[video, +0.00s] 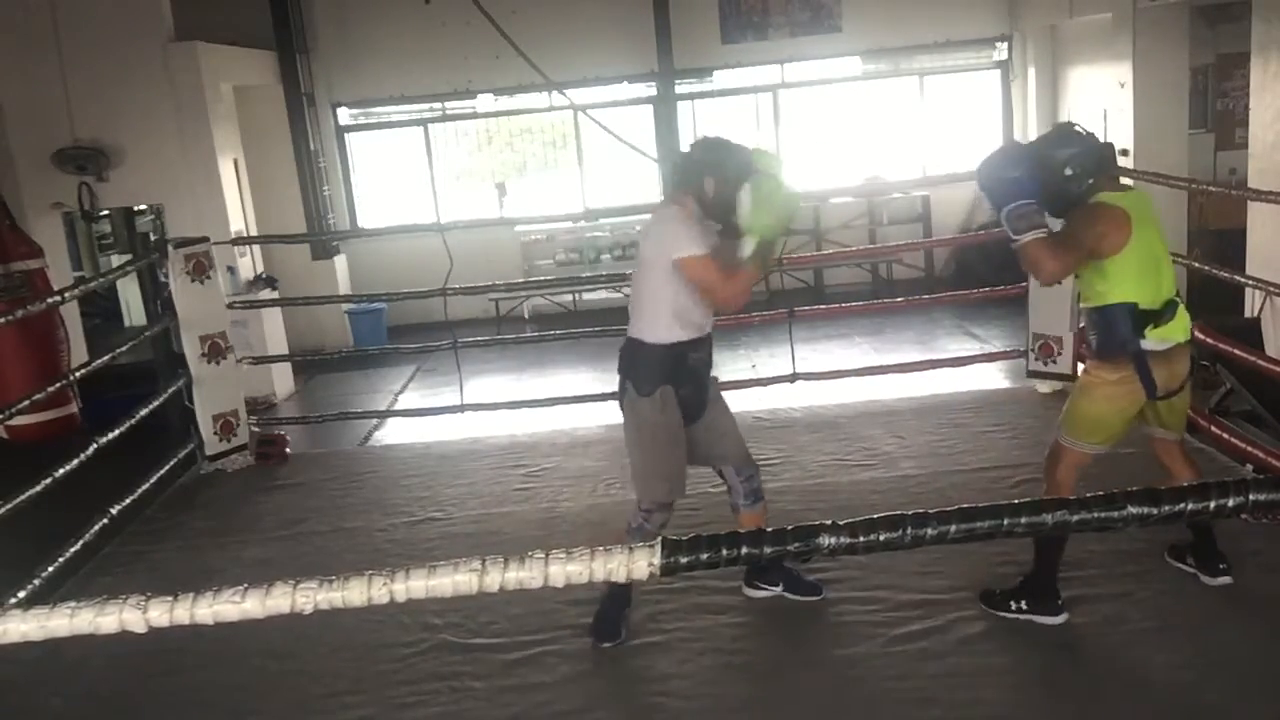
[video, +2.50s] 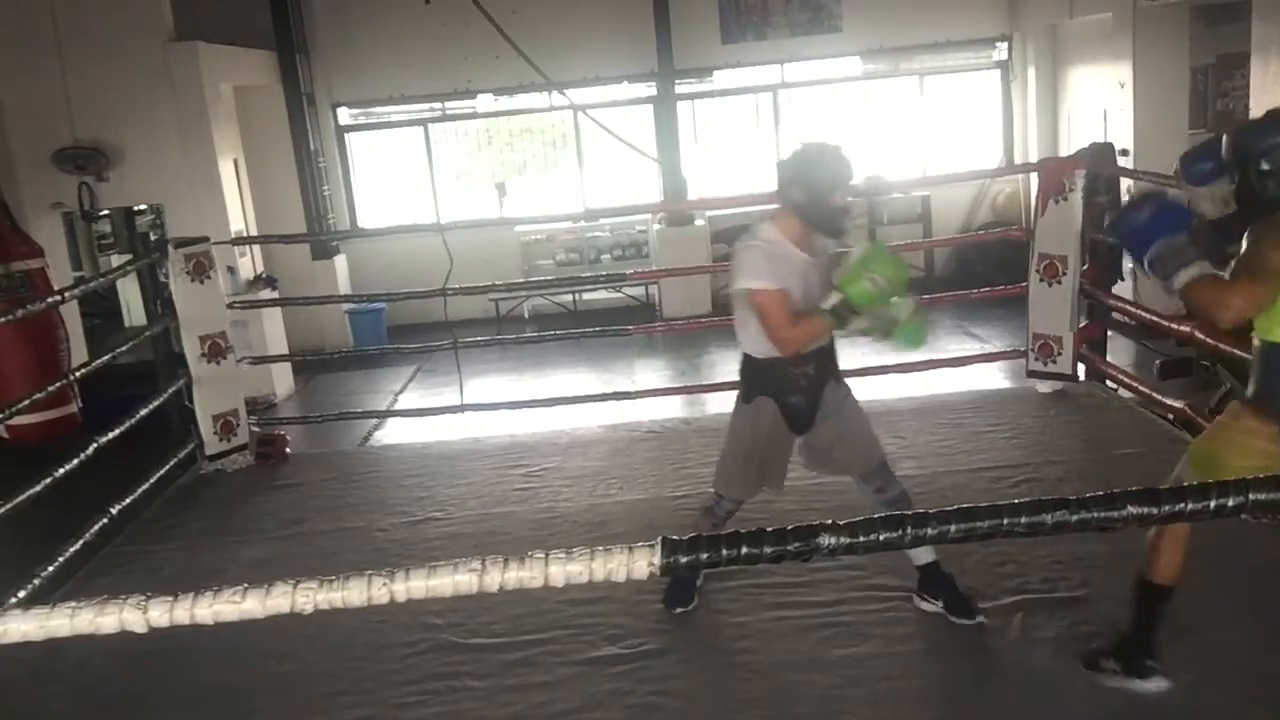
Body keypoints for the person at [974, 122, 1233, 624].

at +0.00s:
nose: (1050, 187)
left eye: (1050, 178)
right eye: (1046, 177)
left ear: (1066, 177)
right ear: (1100, 164)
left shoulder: (1098, 216)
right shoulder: (1135, 200)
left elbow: (1047, 267)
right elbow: (1068, 258)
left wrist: (1015, 205)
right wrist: (1037, 207)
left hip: (1121, 366)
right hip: (1173, 354)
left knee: (1062, 468)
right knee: (1170, 446)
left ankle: (1042, 588)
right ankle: (1208, 553)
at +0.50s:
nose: (1067, 205)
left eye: (1069, 196)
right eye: (1065, 196)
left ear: (1088, 193)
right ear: (1119, 180)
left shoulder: (1121, 237)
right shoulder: (1166, 210)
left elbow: (1081, 303)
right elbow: (1083, 244)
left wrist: (1032, 247)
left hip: (1145, 385)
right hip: (1205, 373)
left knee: (1066, 471)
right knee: (1214, 458)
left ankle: (1040, 588)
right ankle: (1268, 560)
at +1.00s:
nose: (1134, 184)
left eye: (1137, 174)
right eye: (1132, 174)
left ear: (1161, 172)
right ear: (1189, 163)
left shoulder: (1195, 215)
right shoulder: (1225, 199)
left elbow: (1137, 266)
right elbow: (1148, 258)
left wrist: (1104, 211)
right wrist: (1104, 226)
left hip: (1208, 369)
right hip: (1264, 358)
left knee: (1131, 468)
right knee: (1268, 468)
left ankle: (1123, 597)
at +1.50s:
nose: (1169, 200)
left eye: (1171, 188)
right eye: (1166, 188)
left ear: (1195, 182)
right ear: (1223, 171)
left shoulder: (1226, 231)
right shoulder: (1267, 207)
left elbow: (1147, 288)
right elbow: (1180, 268)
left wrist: (1123, 213)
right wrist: (1145, 218)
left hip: (1245, 381)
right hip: (1268, 372)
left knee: (1163, 476)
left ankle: (1129, 601)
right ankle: (1130, 599)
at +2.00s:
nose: (1100, 211)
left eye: (1104, 201)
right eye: (1100, 201)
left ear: (1123, 204)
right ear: (1172, 198)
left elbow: (1037, 303)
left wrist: (998, 285)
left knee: (1094, 485)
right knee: (1273, 490)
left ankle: (1069, 603)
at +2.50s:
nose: (1237, 180)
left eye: (1241, 167)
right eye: (1240, 164)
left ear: (1263, 171)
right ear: (1270, 169)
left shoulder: (1272, 233)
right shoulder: (1267, 227)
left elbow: (1226, 309)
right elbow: (1244, 297)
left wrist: (1168, 249)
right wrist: (1219, 224)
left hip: (1265, 415)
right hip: (1265, 410)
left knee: (1175, 504)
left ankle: (1138, 650)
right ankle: (1140, 648)